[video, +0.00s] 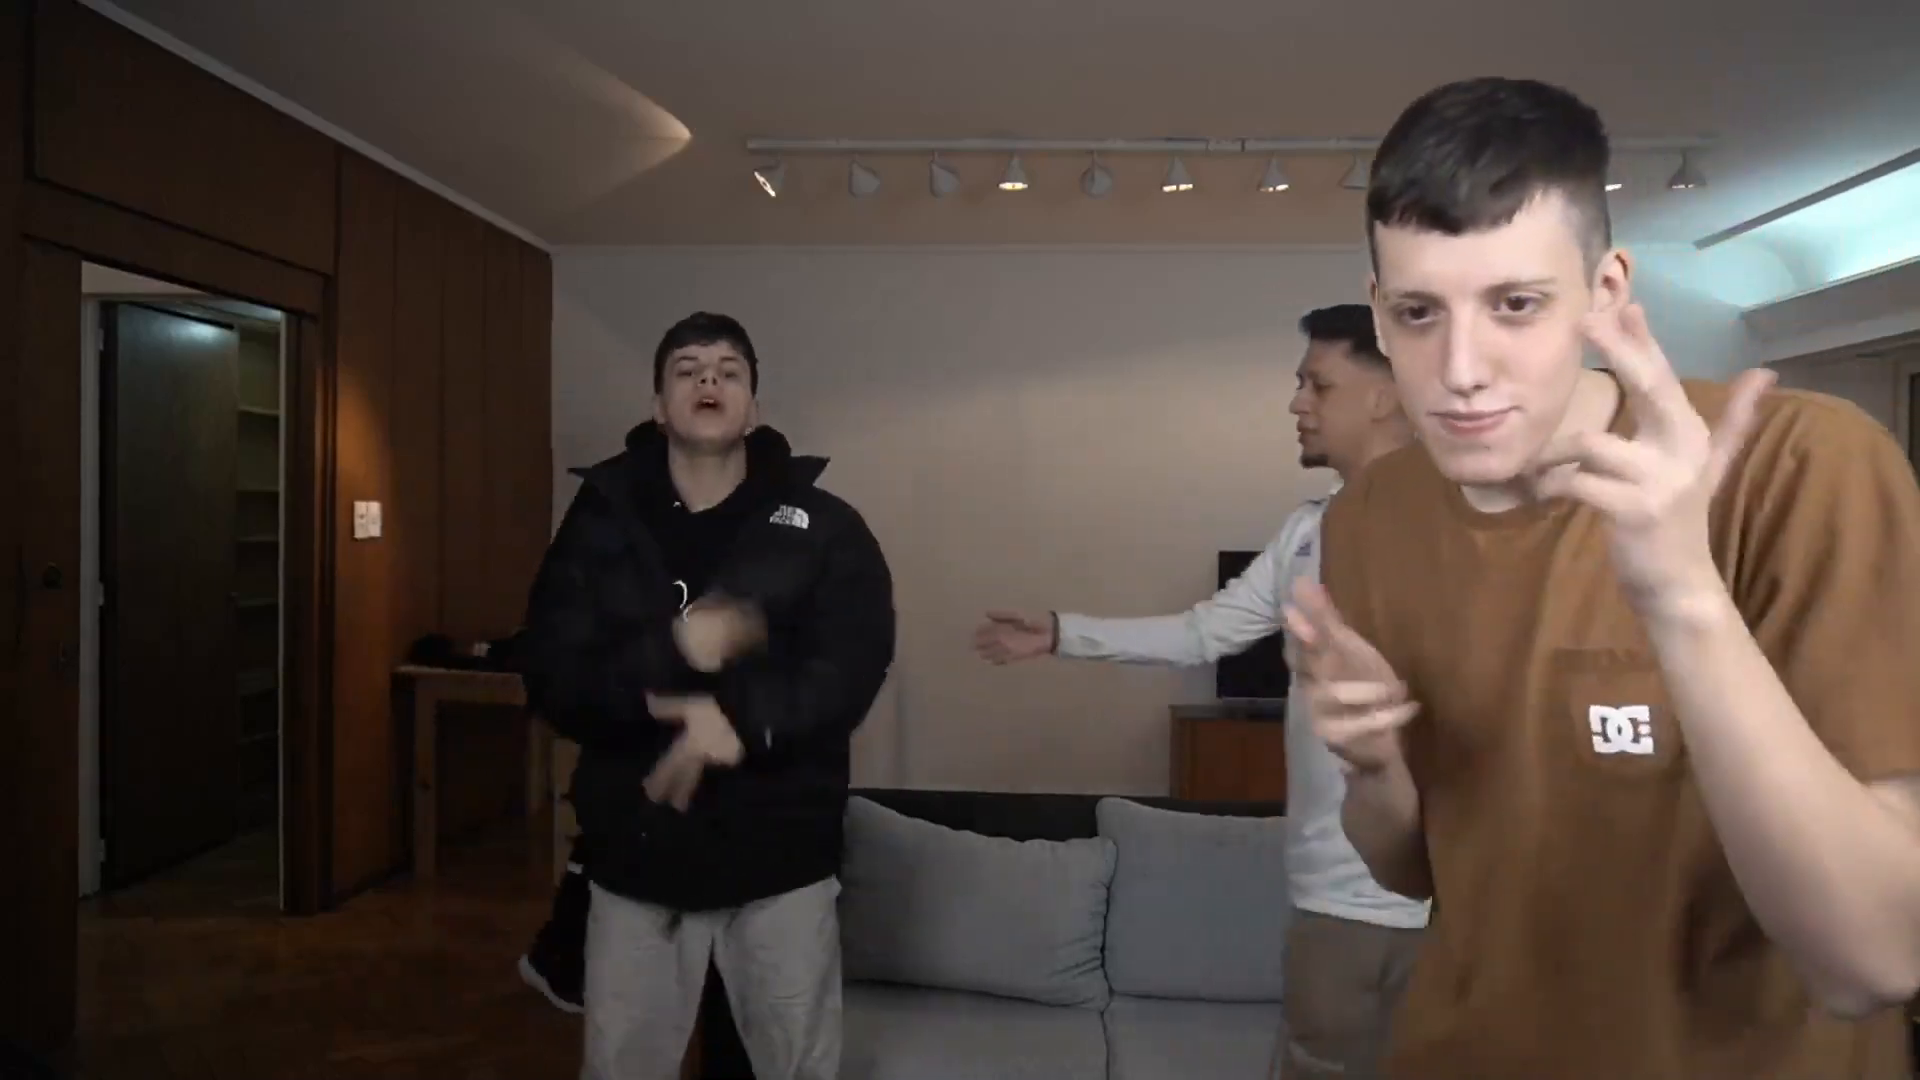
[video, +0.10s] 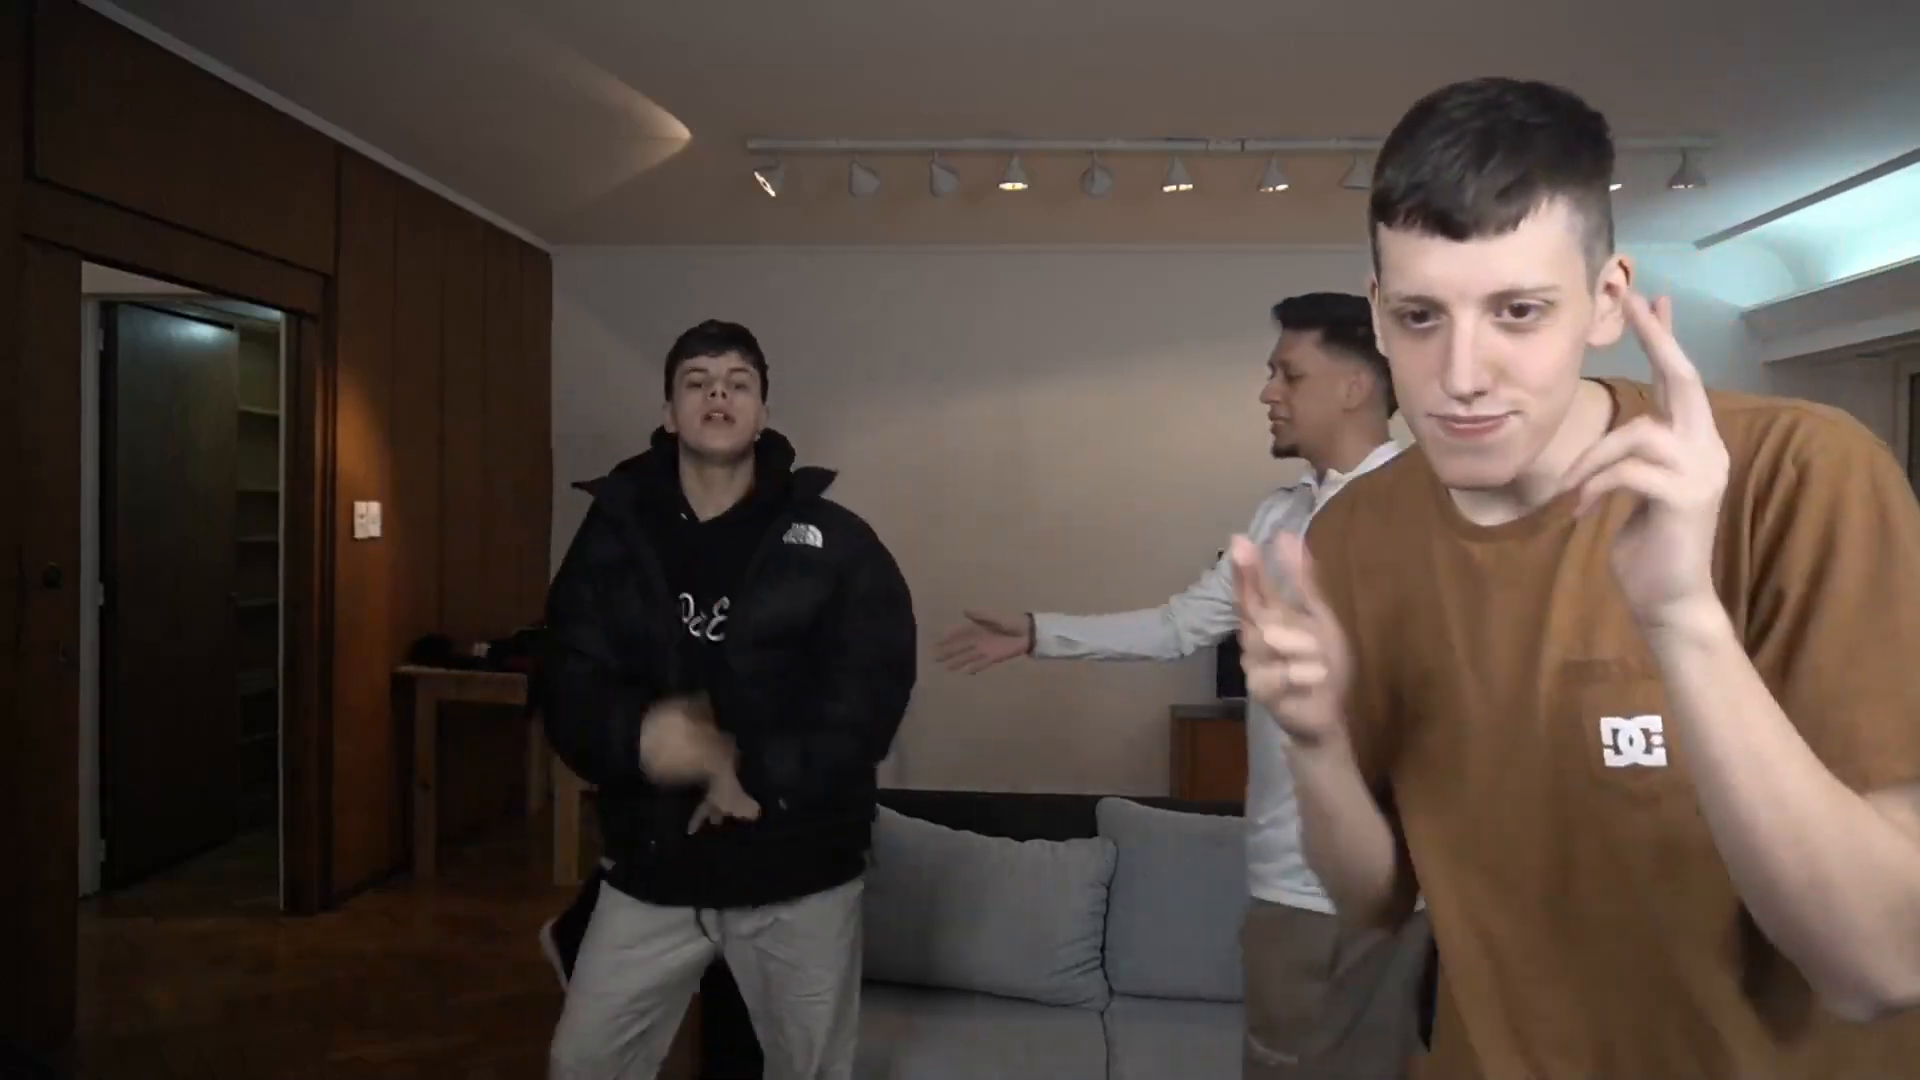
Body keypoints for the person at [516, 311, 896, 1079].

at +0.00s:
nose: (709, 382)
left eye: (729, 372)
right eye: (687, 372)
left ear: (755, 404)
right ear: (659, 403)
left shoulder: (822, 524)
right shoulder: (603, 515)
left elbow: (851, 667)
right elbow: (552, 676)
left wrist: (734, 722)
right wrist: (675, 648)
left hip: (780, 857)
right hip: (636, 858)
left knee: (797, 1066)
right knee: (621, 1066)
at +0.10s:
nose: (719, 396)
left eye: (739, 383)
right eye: (697, 383)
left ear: (764, 414)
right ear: (669, 412)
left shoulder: (836, 543)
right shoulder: (615, 530)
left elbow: (868, 705)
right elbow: (565, 691)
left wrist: (749, 771)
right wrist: (684, 743)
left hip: (799, 872)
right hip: (650, 871)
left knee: (814, 1070)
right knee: (583, 1064)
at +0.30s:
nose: (730, 399)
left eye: (750, 385)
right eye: (708, 384)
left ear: (775, 415)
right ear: (679, 409)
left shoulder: (848, 539)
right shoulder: (616, 545)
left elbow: (910, 695)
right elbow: (563, 701)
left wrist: (854, 734)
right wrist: (615, 802)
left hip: (815, 881)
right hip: (666, 886)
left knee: (815, 1072)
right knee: (628, 1071)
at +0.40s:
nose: (719, 397)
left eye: (740, 383)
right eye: (698, 383)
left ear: (771, 411)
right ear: (670, 410)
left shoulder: (832, 532)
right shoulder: (606, 538)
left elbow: (909, 673)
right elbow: (547, 686)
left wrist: (850, 633)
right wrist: (595, 759)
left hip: (800, 872)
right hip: (652, 875)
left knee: (805, 1070)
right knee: (623, 1070)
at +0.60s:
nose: (690, 397)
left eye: (710, 384)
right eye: (668, 382)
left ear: (734, 410)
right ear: (637, 408)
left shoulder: (785, 519)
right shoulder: (583, 518)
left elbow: (863, 671)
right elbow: (496, 686)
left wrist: (825, 577)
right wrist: (553, 648)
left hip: (745, 859)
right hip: (607, 856)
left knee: (768, 1067)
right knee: (618, 1069)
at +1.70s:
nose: (810, 399)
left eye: (829, 385)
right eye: (788, 380)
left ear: (848, 411)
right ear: (746, 405)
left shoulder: (893, 549)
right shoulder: (666, 532)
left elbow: (929, 691)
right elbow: (578, 673)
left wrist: (792, 651)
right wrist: (679, 644)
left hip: (808, 898)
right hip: (663, 888)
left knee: (790, 1070)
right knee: (624, 1066)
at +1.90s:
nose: (830, 402)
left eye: (851, 388)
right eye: (807, 382)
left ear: (870, 416)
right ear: (765, 403)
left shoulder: (903, 553)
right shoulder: (681, 526)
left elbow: (947, 718)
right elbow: (589, 679)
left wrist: (882, 627)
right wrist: (645, 604)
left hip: (811, 895)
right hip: (669, 883)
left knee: (796, 1071)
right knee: (629, 1069)